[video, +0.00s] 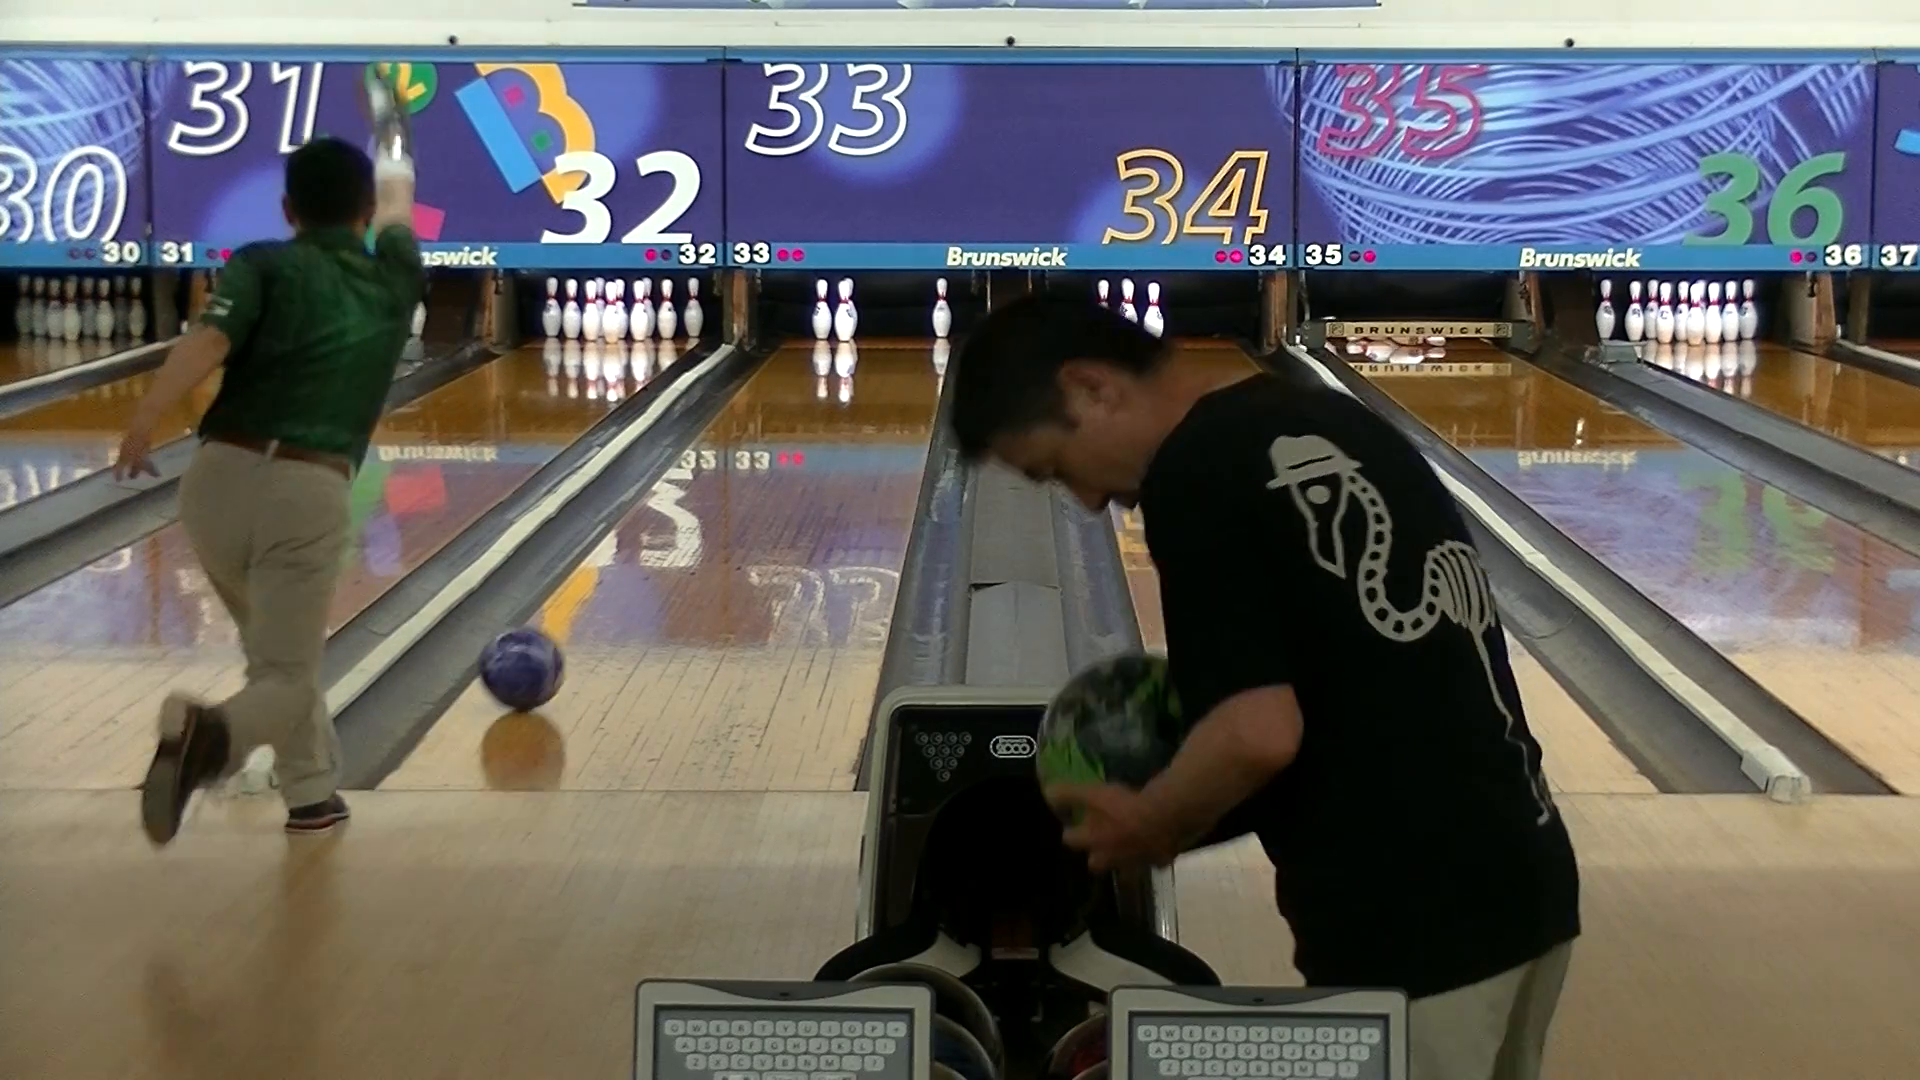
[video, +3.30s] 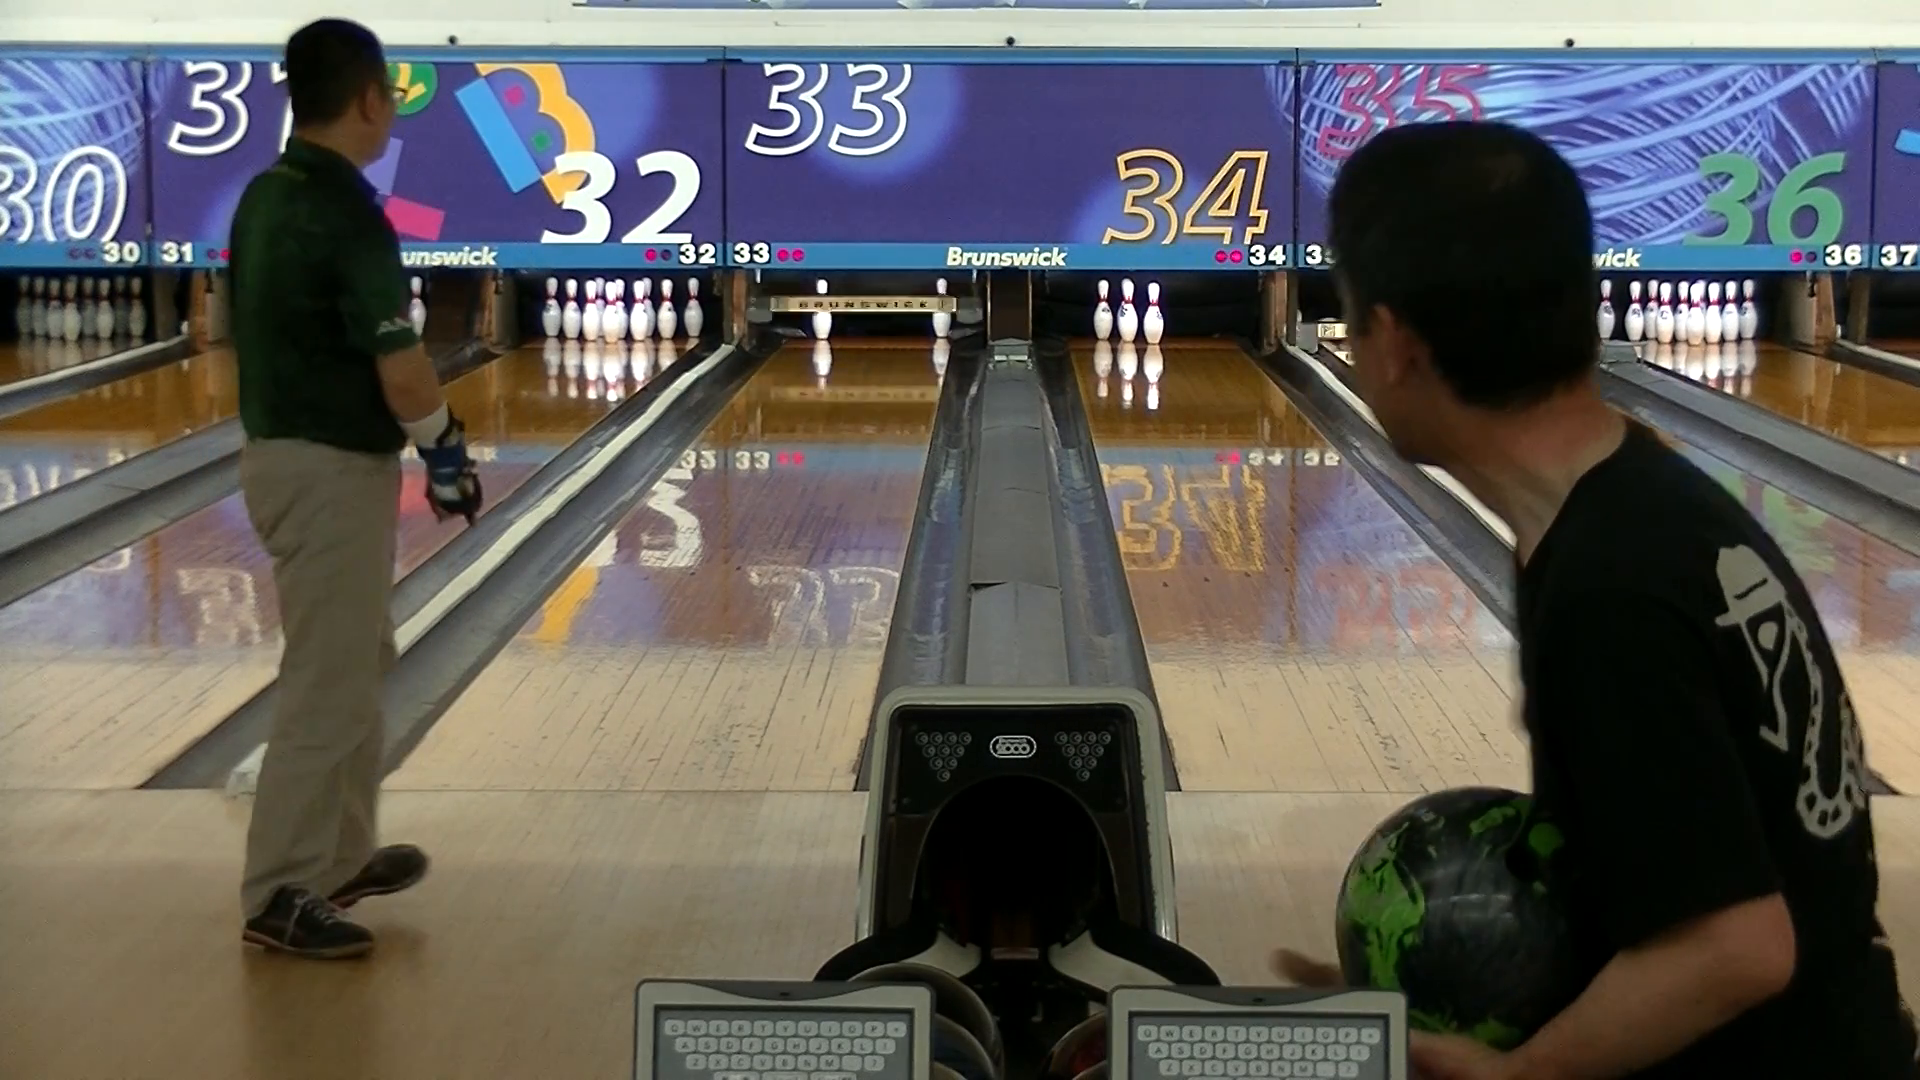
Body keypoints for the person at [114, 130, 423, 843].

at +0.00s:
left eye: (291, 195)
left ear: (290, 205)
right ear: (368, 210)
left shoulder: (260, 266)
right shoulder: (392, 278)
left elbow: (205, 346)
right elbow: (394, 205)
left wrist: (142, 422)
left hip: (217, 476)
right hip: (311, 489)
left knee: (275, 650)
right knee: (289, 673)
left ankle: (311, 796)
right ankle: (212, 739)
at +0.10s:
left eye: (288, 155)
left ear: (284, 164)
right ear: (359, 164)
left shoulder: (257, 235)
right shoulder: (389, 231)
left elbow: (212, 326)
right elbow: (399, 132)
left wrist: (160, 412)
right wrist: (391, 49)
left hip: (240, 449)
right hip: (335, 459)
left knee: (275, 631)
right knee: (330, 644)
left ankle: (314, 798)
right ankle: (260, 675)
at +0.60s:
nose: (289, 93)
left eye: (288, 84)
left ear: (294, 96)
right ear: (376, 95)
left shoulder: (267, 190)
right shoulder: (411, 174)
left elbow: (219, 312)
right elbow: (462, 86)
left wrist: (167, 404)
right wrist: (455, 22)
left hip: (287, 406)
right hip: (385, 406)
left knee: (293, 617)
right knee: (398, 584)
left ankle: (313, 797)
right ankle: (385, 692)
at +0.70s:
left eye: (306, 89)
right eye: (385, 87)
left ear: (306, 99)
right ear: (389, 97)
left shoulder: (269, 187)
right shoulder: (421, 183)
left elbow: (222, 309)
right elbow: (492, 172)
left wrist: (193, 395)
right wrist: (483, 97)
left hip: (294, 414)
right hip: (391, 413)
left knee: (300, 623)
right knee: (419, 604)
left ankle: (314, 799)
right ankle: (421, 766)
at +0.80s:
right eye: (412, 91)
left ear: (325, 102)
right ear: (411, 100)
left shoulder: (288, 187)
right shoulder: (452, 193)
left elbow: (237, 306)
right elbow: (475, 295)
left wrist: (220, 399)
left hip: (303, 421)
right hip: (400, 422)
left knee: (307, 625)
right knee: (434, 624)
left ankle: (313, 796)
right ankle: (440, 810)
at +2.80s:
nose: (377, 101)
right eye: (376, 88)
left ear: (284, 95)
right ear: (371, 95)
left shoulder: (232, 197)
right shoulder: (401, 208)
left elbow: (206, 339)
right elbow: (427, 352)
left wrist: (214, 442)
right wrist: (462, 450)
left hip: (264, 449)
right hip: (364, 451)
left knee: (289, 673)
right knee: (408, 664)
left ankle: (313, 874)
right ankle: (357, 839)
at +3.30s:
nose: (394, 108)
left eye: (388, 92)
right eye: (389, 92)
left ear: (304, 102)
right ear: (368, 99)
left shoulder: (264, 197)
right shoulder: (350, 214)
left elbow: (240, 336)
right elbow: (404, 371)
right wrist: (444, 447)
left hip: (288, 460)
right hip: (334, 468)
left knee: (360, 661)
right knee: (329, 676)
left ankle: (342, 852)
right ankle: (280, 894)